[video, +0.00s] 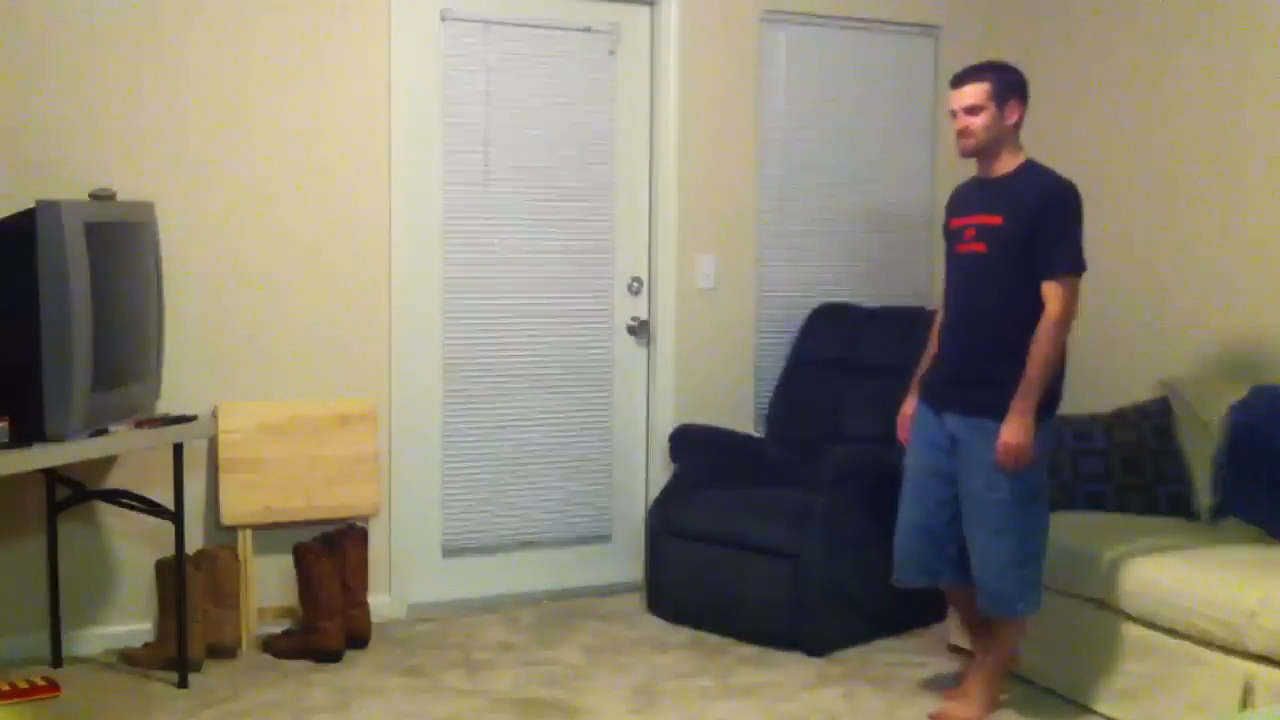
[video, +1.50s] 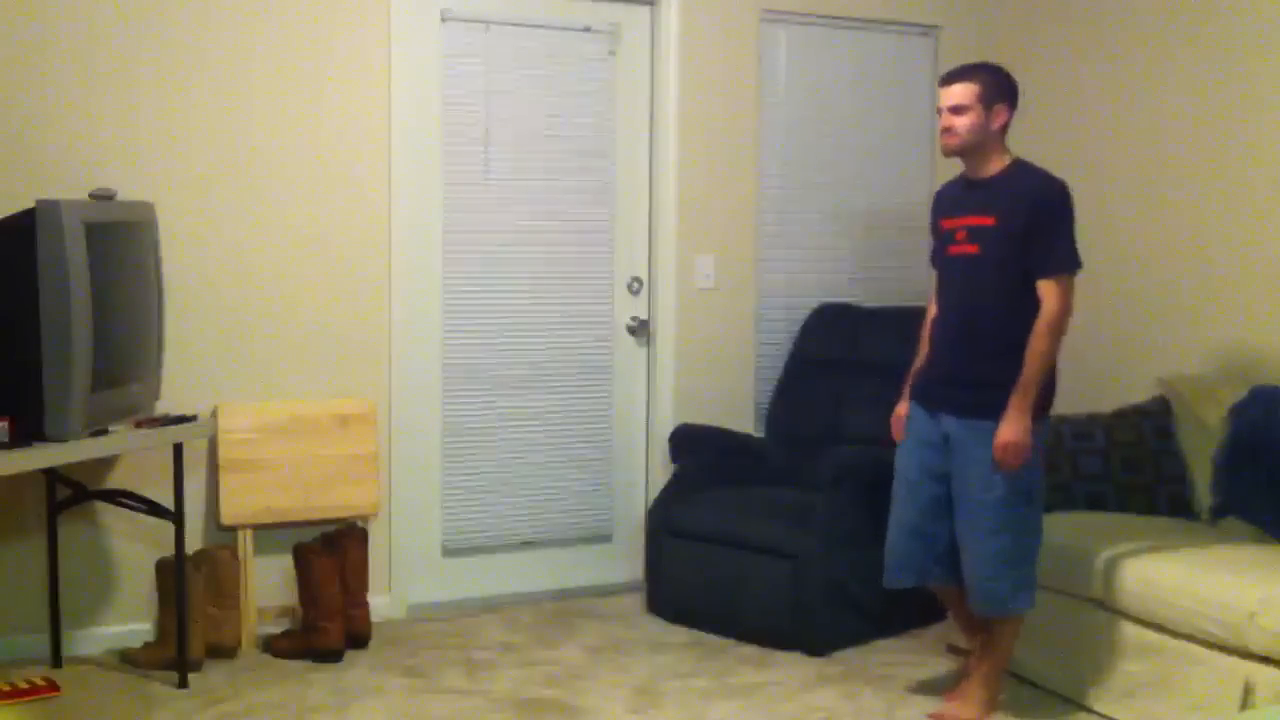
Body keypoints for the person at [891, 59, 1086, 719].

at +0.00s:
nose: (959, 124)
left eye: (972, 112)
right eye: (954, 114)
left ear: (1012, 112)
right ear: (955, 121)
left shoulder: (1051, 195)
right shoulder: (961, 200)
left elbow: (1057, 313)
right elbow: (951, 307)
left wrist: (1023, 412)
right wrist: (916, 391)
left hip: (1003, 417)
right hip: (940, 408)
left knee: (1001, 563)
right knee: (933, 544)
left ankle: (986, 688)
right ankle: (983, 650)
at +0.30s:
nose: (964, 120)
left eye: (978, 108)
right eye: (961, 110)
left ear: (1020, 112)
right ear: (962, 118)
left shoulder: (1056, 195)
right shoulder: (965, 199)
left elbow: (1061, 312)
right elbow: (953, 306)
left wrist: (1025, 413)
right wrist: (917, 390)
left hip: (1002, 417)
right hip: (939, 407)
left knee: (999, 562)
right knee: (929, 539)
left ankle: (988, 688)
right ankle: (979, 649)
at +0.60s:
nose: (963, 121)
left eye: (977, 110)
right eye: (960, 110)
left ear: (1016, 116)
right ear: (960, 116)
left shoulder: (1054, 196)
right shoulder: (959, 198)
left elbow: (1063, 313)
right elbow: (949, 305)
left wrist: (1030, 414)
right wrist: (916, 389)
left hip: (1003, 418)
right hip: (936, 409)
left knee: (1001, 566)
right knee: (931, 547)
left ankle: (987, 692)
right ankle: (982, 648)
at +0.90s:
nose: (952, 123)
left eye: (966, 112)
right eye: (950, 112)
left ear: (1007, 118)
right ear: (954, 119)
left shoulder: (1049, 194)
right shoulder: (954, 196)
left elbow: (1063, 309)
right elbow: (942, 299)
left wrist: (1034, 413)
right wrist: (910, 387)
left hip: (1002, 418)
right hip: (934, 407)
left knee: (998, 562)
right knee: (926, 541)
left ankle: (986, 686)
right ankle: (974, 644)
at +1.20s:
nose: (950, 122)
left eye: (964, 110)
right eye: (947, 112)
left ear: (1005, 116)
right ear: (949, 119)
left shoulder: (1046, 195)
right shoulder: (951, 199)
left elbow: (1058, 311)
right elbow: (940, 304)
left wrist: (1027, 413)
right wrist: (910, 392)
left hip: (1001, 419)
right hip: (935, 411)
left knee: (1000, 564)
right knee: (931, 548)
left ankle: (986, 691)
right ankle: (981, 645)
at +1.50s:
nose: (945, 123)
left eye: (958, 110)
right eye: (941, 112)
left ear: (999, 115)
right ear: (943, 120)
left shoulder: (1041, 193)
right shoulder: (947, 201)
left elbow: (1055, 309)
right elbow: (940, 303)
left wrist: (1020, 411)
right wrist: (909, 393)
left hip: (997, 417)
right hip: (932, 409)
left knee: (996, 562)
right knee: (924, 544)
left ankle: (985, 690)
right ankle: (979, 645)